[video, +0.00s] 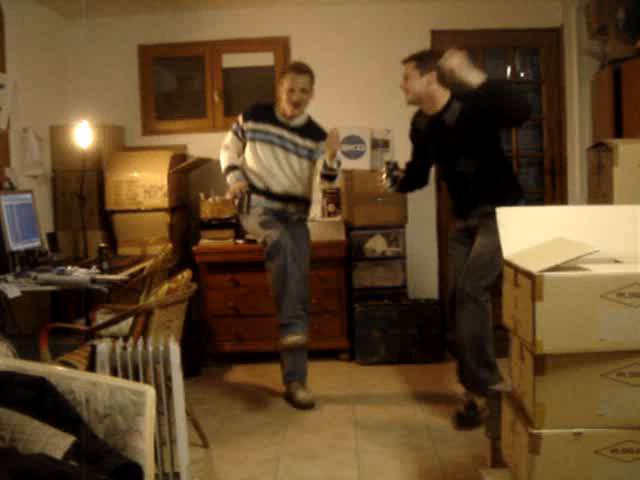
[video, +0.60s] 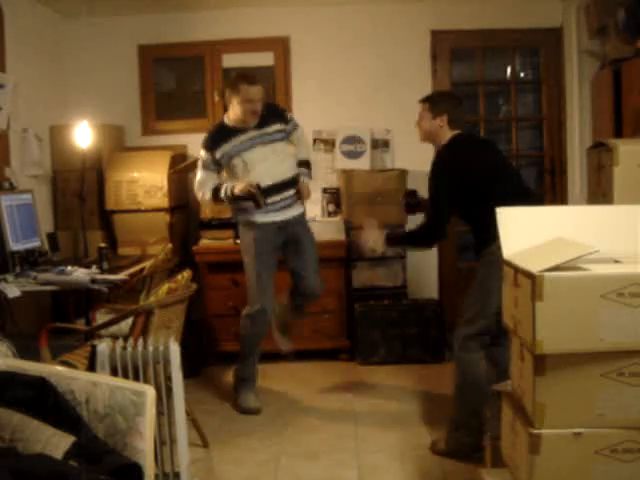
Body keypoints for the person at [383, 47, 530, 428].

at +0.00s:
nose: (403, 87)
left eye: (408, 79)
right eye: (403, 80)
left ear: (431, 78)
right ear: (422, 81)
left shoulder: (473, 105)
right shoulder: (423, 124)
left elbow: (523, 108)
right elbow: (419, 174)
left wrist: (478, 80)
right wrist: (396, 181)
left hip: (498, 215)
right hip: (463, 220)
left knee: (472, 290)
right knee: (461, 298)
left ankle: (486, 388)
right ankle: (474, 390)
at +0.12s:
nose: (409, 106)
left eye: (415, 98)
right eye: (411, 98)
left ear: (435, 101)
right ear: (432, 101)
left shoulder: (468, 135)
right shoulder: (440, 143)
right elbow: (431, 192)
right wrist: (396, 198)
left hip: (500, 244)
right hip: (472, 244)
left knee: (475, 325)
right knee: (465, 326)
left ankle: (500, 406)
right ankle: (485, 407)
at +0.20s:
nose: (413, 113)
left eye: (418, 105)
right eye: (413, 106)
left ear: (439, 107)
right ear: (439, 108)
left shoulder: (468, 139)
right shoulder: (446, 146)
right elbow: (432, 197)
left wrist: (414, 123)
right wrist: (395, 200)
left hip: (499, 250)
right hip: (473, 250)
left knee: (468, 325)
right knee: (459, 327)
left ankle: (503, 396)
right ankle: (484, 406)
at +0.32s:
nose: (409, 102)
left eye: (413, 95)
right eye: (410, 95)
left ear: (434, 96)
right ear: (436, 98)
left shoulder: (459, 124)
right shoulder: (453, 131)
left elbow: (422, 143)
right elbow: (449, 190)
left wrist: (377, 138)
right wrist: (404, 197)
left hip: (510, 226)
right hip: (499, 227)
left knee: (449, 285)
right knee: (484, 308)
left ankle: (475, 382)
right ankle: (492, 389)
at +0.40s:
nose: (405, 100)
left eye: (409, 93)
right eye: (406, 93)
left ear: (429, 91)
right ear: (431, 93)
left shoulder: (448, 118)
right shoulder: (457, 122)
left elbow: (429, 167)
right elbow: (459, 186)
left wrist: (376, 158)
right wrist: (413, 196)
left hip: (511, 211)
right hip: (520, 209)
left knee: (447, 273)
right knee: (485, 301)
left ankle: (455, 370)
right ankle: (495, 396)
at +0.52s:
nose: (413, 113)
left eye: (418, 106)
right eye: (415, 105)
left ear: (437, 109)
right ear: (440, 109)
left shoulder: (447, 148)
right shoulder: (471, 136)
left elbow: (440, 214)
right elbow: (451, 205)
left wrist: (396, 204)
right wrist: (410, 198)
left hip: (500, 232)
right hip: (524, 226)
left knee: (462, 314)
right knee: (496, 323)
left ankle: (456, 415)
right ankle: (501, 416)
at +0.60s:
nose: (417, 124)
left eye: (422, 117)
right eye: (419, 117)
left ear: (440, 120)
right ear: (445, 120)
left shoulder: (447, 160)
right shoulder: (480, 145)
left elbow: (434, 232)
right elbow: (475, 201)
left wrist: (389, 238)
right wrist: (423, 206)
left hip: (501, 246)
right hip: (531, 237)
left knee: (469, 337)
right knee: (501, 338)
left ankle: (466, 440)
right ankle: (507, 431)